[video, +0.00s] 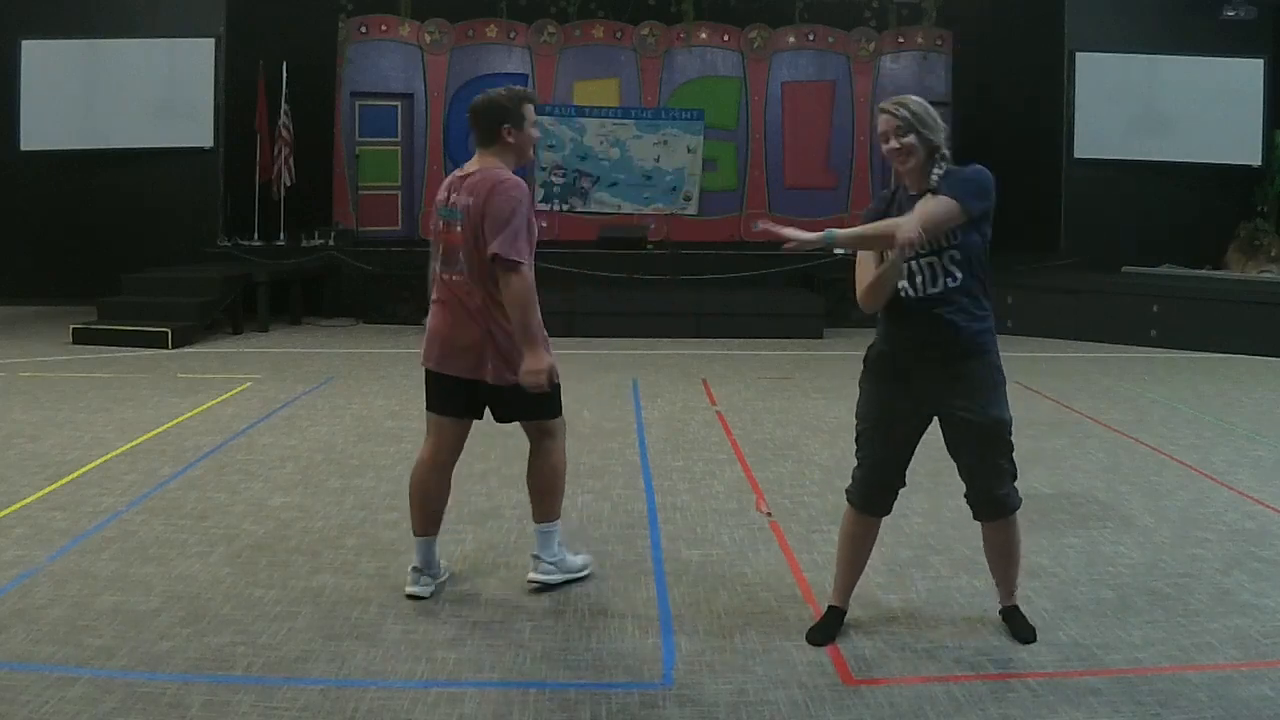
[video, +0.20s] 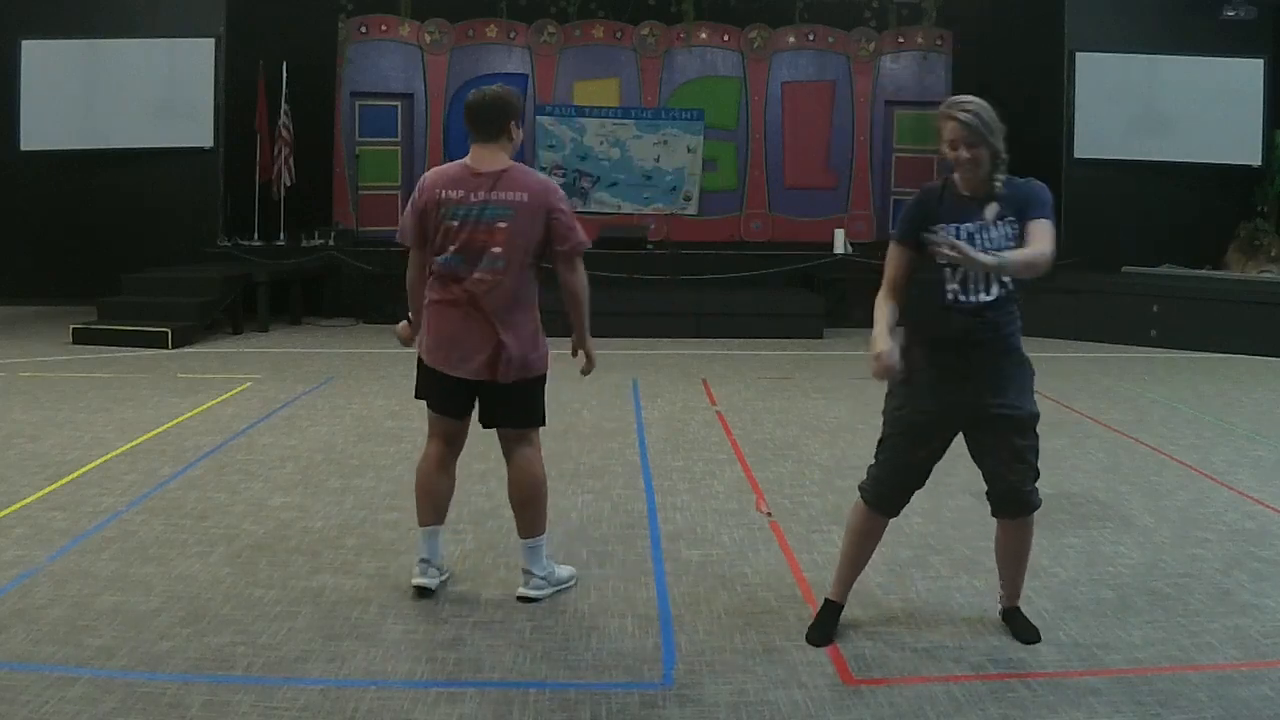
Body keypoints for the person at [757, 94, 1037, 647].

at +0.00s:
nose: (892, 147)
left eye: (900, 135)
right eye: (884, 140)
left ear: (928, 135)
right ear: (882, 148)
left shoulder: (972, 182)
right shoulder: (877, 214)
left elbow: (909, 227)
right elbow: (867, 299)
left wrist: (825, 237)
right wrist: (892, 257)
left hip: (968, 363)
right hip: (897, 364)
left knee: (994, 493)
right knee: (869, 489)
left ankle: (1009, 603)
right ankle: (837, 605)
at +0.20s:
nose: (953, 155)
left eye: (964, 144)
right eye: (946, 146)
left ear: (990, 144)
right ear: (939, 150)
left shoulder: (1027, 196)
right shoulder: (925, 206)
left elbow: (1040, 257)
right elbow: (890, 288)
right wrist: (882, 337)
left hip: (999, 370)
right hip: (927, 369)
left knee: (1018, 495)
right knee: (883, 490)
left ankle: (1011, 604)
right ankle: (835, 600)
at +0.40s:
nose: (1007, 152)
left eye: (1017, 142)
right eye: (999, 142)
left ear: (1037, 139)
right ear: (986, 140)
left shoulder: (1066, 186)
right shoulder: (963, 196)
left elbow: (1127, 239)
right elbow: (916, 275)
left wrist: (1168, 292)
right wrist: (863, 338)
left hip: (1028, 355)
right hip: (960, 346)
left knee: (1026, 484)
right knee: (919, 457)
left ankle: (1013, 606)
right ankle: (838, 489)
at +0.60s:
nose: (1040, 147)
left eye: (1048, 137)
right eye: (1030, 137)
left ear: (1060, 137)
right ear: (1006, 134)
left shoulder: (1083, 183)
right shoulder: (982, 195)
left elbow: (1155, 225)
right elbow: (939, 268)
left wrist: (1229, 272)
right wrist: (891, 333)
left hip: (1042, 355)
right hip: (977, 343)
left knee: (1031, 486)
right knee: (920, 448)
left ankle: (1013, 606)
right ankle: (890, 364)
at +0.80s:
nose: (1065, 151)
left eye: (1072, 141)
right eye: (1054, 140)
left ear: (1080, 140)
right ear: (1027, 132)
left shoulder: (1095, 187)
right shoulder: (994, 190)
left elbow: (1169, 227)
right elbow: (954, 263)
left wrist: (1245, 268)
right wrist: (915, 327)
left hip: (1049, 356)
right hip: (984, 343)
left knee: (1031, 484)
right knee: (919, 445)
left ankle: (1012, 605)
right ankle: (922, 358)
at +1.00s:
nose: (1083, 160)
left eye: (1092, 151)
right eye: (1074, 147)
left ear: (1100, 147)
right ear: (1047, 135)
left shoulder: (1109, 195)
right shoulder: (1007, 183)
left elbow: (1182, 232)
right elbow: (957, 253)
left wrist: (1254, 267)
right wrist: (915, 310)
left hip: (1048, 357)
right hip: (985, 343)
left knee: (1030, 484)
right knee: (922, 456)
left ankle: (1012, 605)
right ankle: (921, 345)